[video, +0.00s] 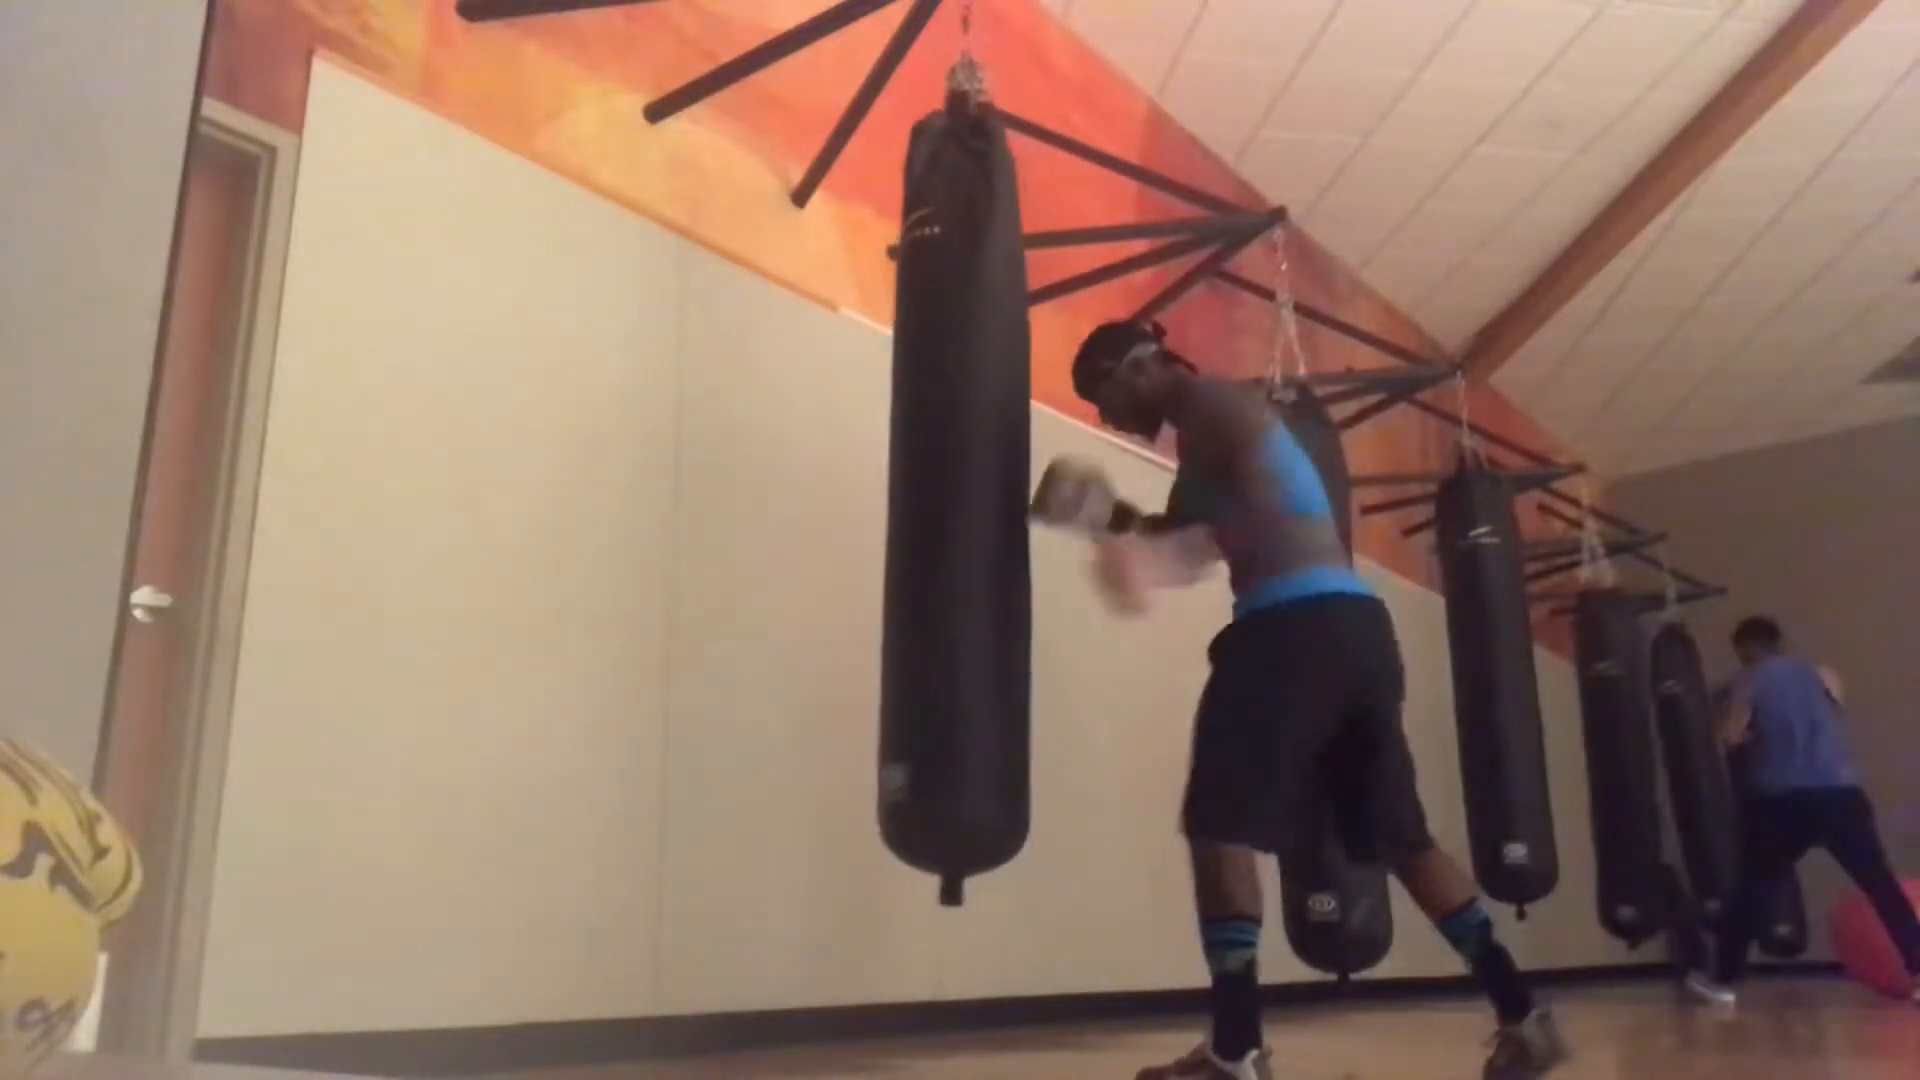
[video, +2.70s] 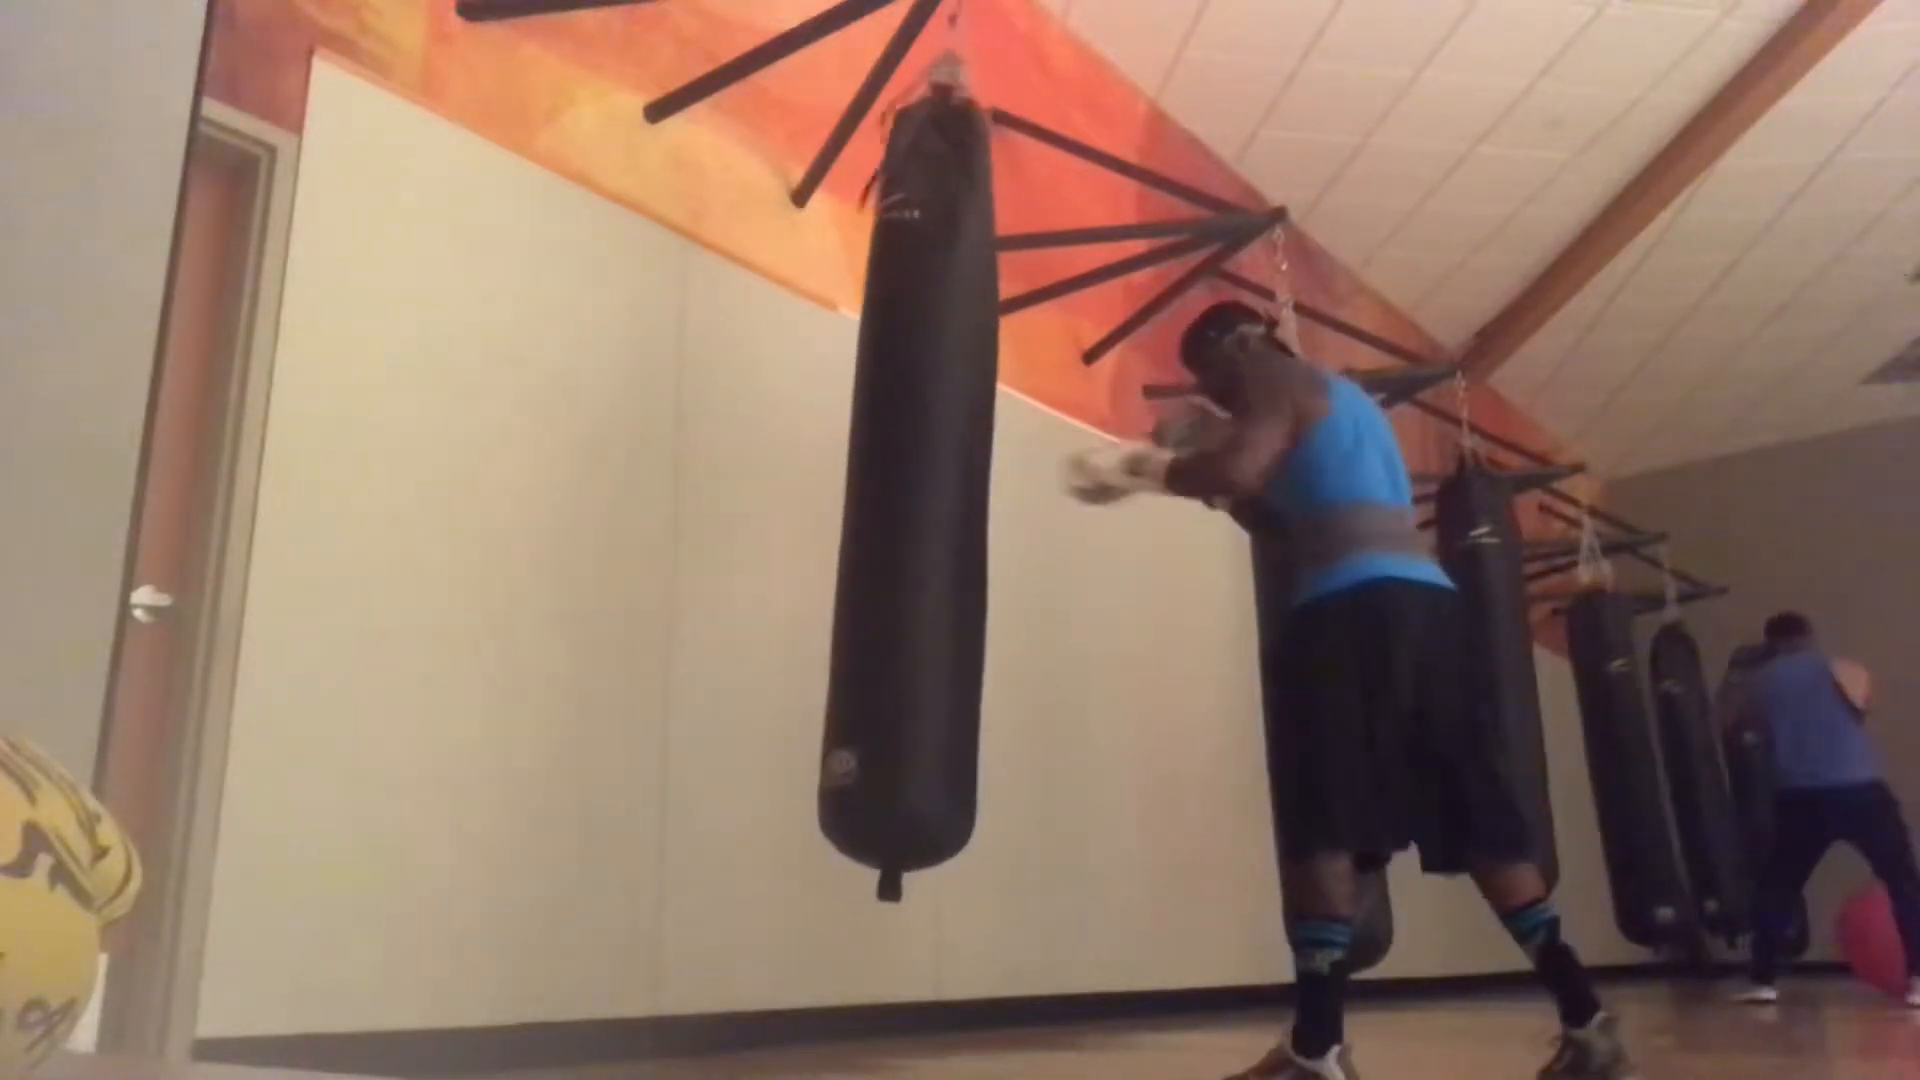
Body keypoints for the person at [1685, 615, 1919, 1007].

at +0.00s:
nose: (1740, 658)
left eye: (1740, 652)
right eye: (1741, 652)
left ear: (1745, 650)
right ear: (1779, 642)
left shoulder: (1748, 682)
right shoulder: (1817, 672)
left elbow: (1730, 735)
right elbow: (1836, 703)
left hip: (1782, 801)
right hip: (1840, 796)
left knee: (1752, 887)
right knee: (1880, 882)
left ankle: (1724, 980)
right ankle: (1918, 968)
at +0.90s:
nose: (1734, 663)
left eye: (1733, 658)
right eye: (1737, 657)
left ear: (1735, 656)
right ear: (1770, 650)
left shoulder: (1737, 688)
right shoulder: (1801, 679)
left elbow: (1706, 738)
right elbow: (1822, 712)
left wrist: (1728, 727)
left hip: (1769, 802)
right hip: (1824, 798)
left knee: (1735, 882)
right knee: (1867, 884)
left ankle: (1721, 964)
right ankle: (1911, 965)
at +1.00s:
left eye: (1721, 650)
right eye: (1734, 645)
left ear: (1715, 652)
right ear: (1749, 643)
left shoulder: (1714, 690)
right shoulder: (1776, 668)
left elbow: (1671, 723)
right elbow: (1807, 695)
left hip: (1762, 794)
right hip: (1815, 785)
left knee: (1735, 878)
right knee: (1863, 873)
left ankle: (1712, 968)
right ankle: (1906, 960)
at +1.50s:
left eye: (1727, 649)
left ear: (1720, 651)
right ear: (1755, 645)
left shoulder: (1712, 686)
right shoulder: (1781, 672)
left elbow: (1667, 701)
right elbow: (1806, 695)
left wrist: (1634, 702)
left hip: (1763, 792)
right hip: (1817, 783)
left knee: (1738, 878)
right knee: (1863, 867)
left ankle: (1715, 970)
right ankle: (1894, 955)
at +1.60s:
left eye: (1747, 648)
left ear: (1738, 651)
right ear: (1774, 646)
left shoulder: (1725, 689)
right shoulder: (1799, 677)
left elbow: (1691, 733)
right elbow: (1823, 707)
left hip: (1766, 800)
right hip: (1824, 794)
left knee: (1740, 884)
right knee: (1867, 878)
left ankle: (1715, 973)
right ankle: (1899, 967)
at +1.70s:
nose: (1764, 654)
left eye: (1759, 647)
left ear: (1752, 649)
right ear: (1791, 642)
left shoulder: (1742, 684)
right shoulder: (1815, 671)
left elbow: (1735, 739)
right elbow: (1839, 701)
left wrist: (1752, 767)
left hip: (1775, 799)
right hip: (1834, 794)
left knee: (1746, 880)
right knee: (1878, 881)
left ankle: (1722, 968)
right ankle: (1904, 972)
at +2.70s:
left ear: (1769, 644)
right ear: (1810, 638)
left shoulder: (1758, 682)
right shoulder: (1841, 668)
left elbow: (1733, 727)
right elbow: (1862, 707)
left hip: (1801, 799)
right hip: (1860, 794)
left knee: (1778, 884)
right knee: (1903, 880)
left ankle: (1764, 980)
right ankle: (1916, 977)